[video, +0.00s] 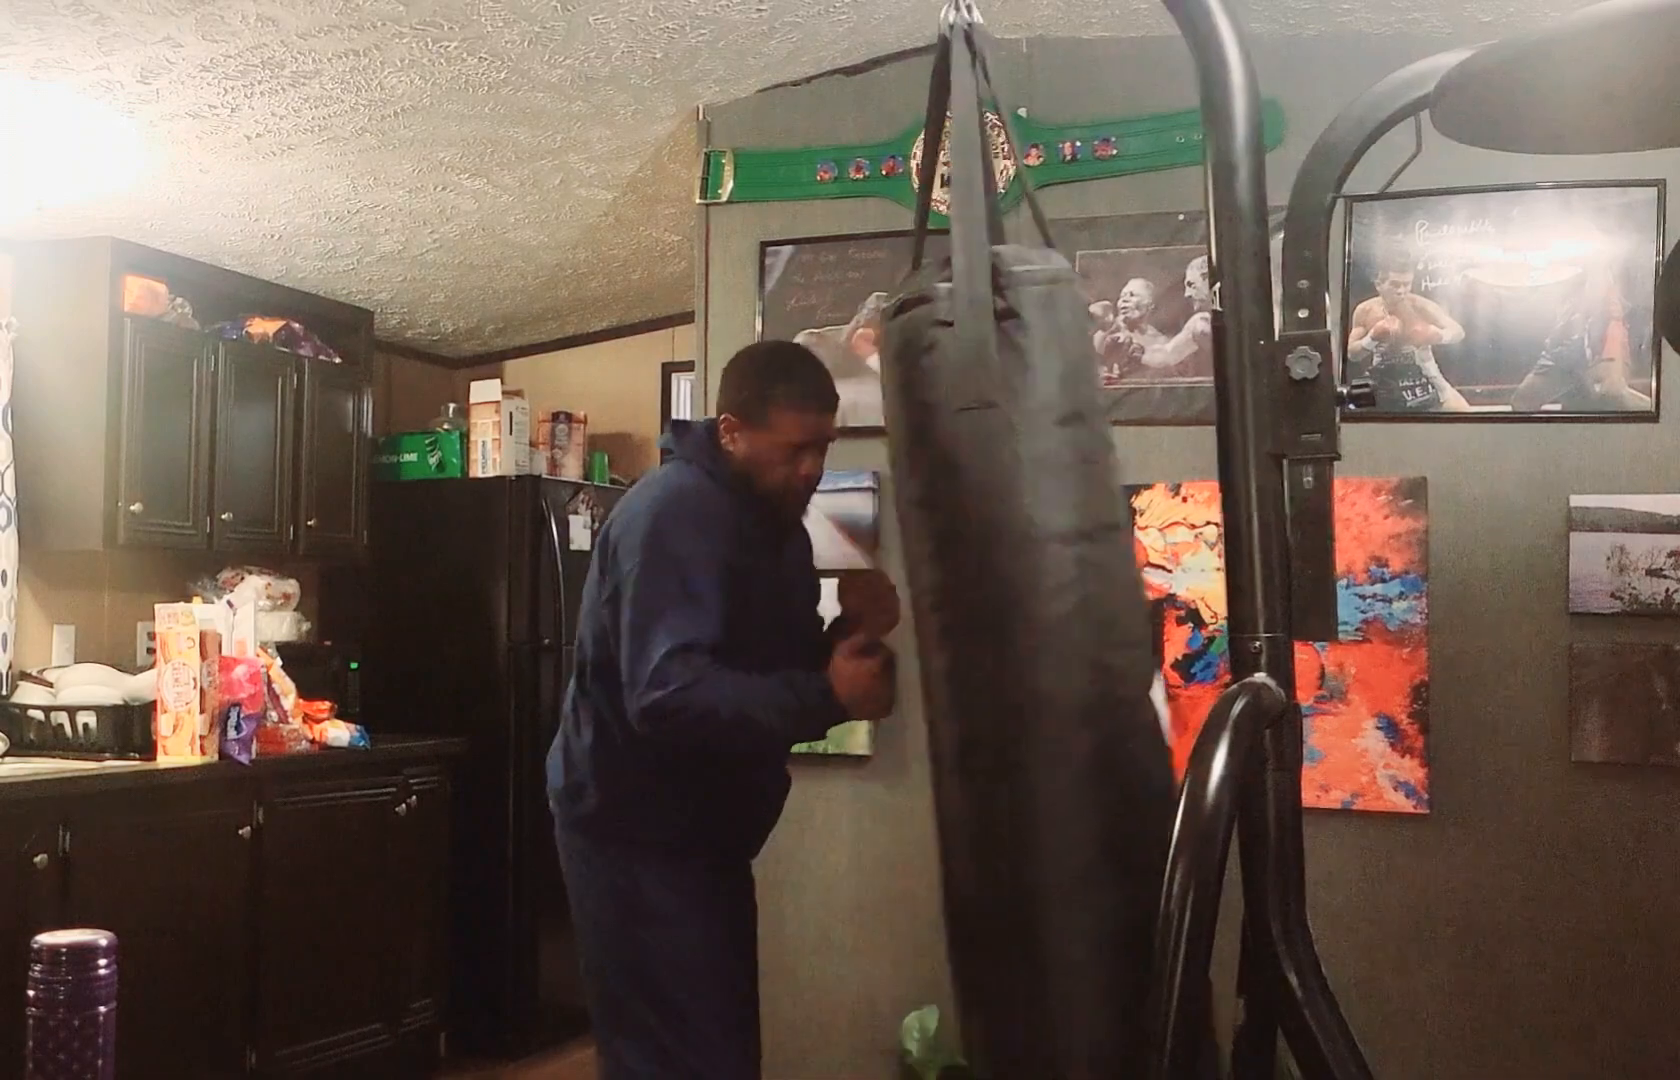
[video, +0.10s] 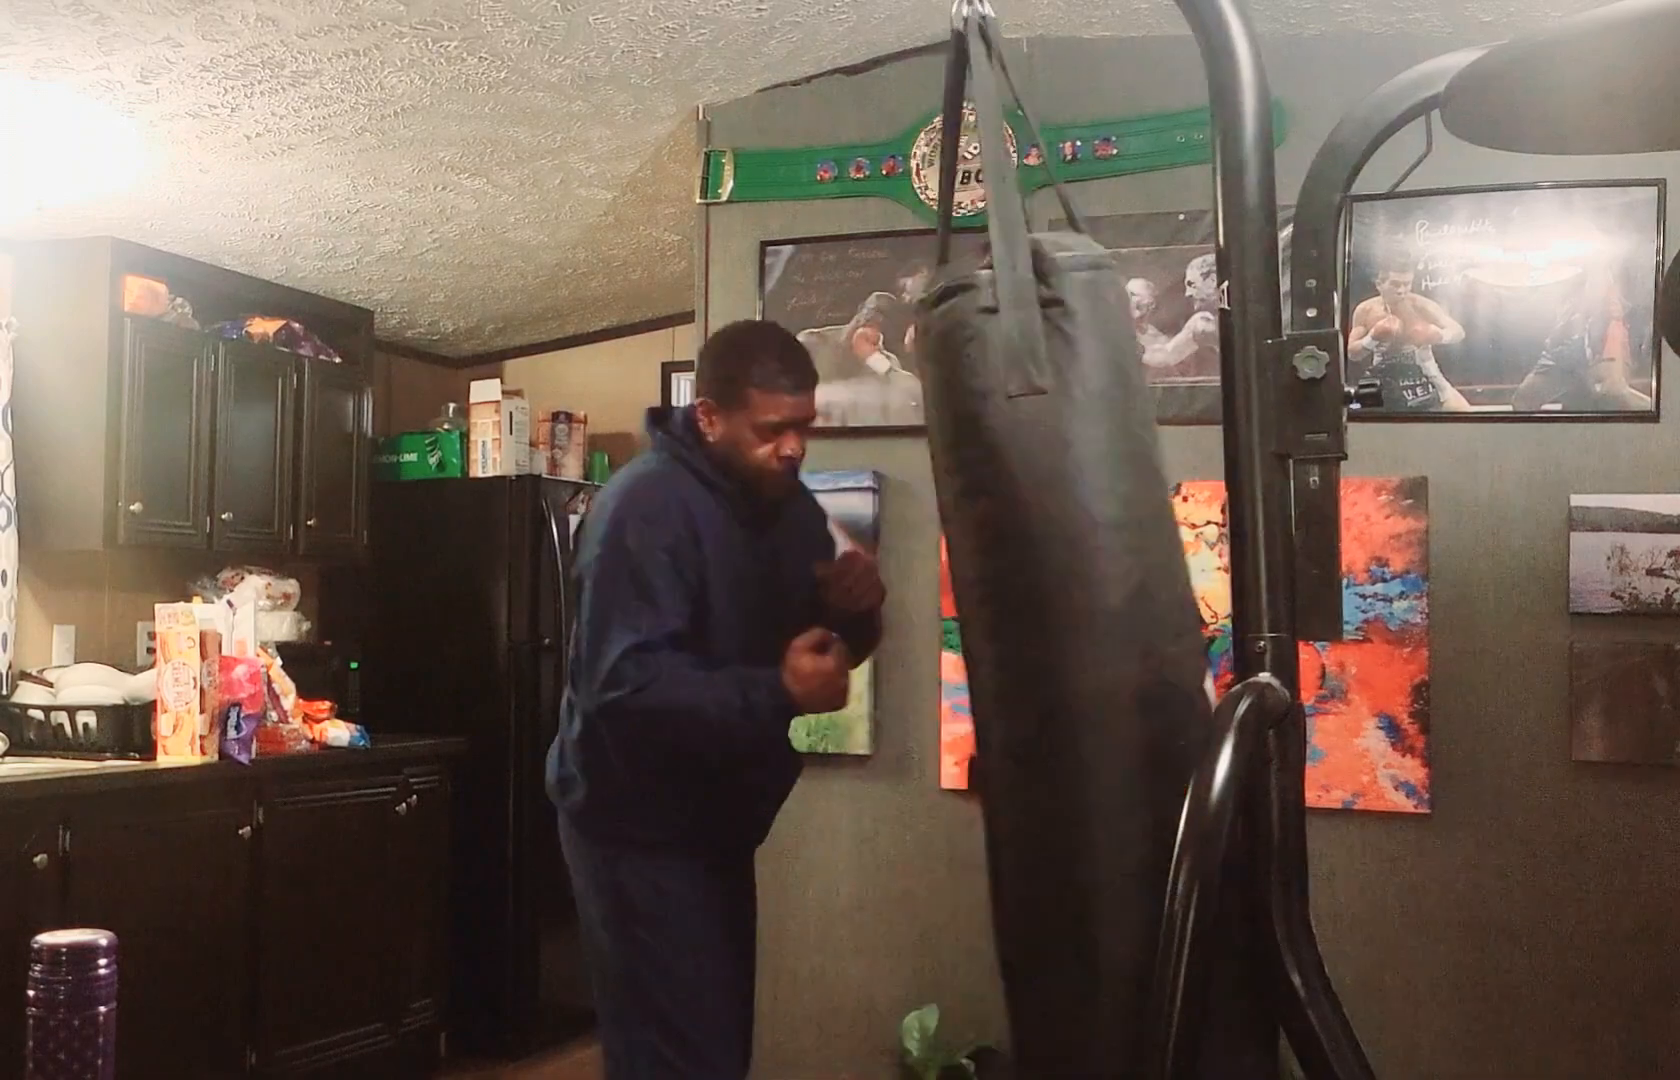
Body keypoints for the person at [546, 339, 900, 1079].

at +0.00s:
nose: (815, 469)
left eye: (822, 448)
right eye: (798, 450)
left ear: (830, 432)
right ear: (733, 432)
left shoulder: (770, 510)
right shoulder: (676, 506)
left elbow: (784, 667)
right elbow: (663, 692)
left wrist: (847, 633)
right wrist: (828, 697)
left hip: (707, 829)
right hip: (637, 835)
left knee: (726, 1049)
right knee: (675, 1052)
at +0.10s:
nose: (792, 451)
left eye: (803, 429)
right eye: (772, 432)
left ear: (815, 414)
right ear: (709, 418)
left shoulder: (785, 502)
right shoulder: (643, 504)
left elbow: (834, 651)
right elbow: (624, 682)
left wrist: (855, 610)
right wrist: (781, 692)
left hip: (721, 816)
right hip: (634, 821)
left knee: (723, 1043)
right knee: (675, 1049)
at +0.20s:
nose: (778, 445)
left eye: (788, 422)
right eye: (756, 428)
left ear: (801, 407)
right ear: (694, 414)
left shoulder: (808, 479)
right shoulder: (621, 509)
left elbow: (908, 526)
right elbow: (581, 679)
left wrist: (957, 534)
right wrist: (741, 689)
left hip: (728, 804)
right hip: (629, 810)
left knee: (710, 1039)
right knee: (669, 1047)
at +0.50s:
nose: (771, 481)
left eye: (782, 460)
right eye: (751, 466)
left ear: (793, 429)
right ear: (691, 438)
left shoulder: (798, 483)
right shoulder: (613, 502)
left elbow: (878, 593)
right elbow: (558, 674)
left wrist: (896, 567)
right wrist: (717, 674)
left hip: (725, 813)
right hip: (620, 817)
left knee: (728, 1037)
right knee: (643, 1041)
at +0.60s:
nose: (763, 536)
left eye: (776, 515)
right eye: (741, 519)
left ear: (793, 476)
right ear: (693, 479)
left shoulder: (812, 511)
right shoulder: (614, 527)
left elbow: (857, 666)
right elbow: (543, 695)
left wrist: (857, 642)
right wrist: (692, 690)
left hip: (720, 808)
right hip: (608, 814)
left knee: (742, 1036)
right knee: (643, 1038)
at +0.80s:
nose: (677, 604)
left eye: (691, 584)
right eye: (655, 588)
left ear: (723, 543)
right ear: (622, 560)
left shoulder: (792, 558)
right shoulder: (567, 592)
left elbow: (845, 723)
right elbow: (522, 751)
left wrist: (774, 696)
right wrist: (630, 736)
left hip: (728, 833)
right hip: (607, 849)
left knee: (752, 1031)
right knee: (637, 1044)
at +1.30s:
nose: (657, 523)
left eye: (670, 493)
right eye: (629, 503)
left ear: (682, 460)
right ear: (560, 479)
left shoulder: (704, 511)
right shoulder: (485, 572)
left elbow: (745, 701)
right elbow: (491, 794)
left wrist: (726, 623)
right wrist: (605, 640)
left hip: (632, 854)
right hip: (517, 866)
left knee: (646, 1059)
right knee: (564, 1063)